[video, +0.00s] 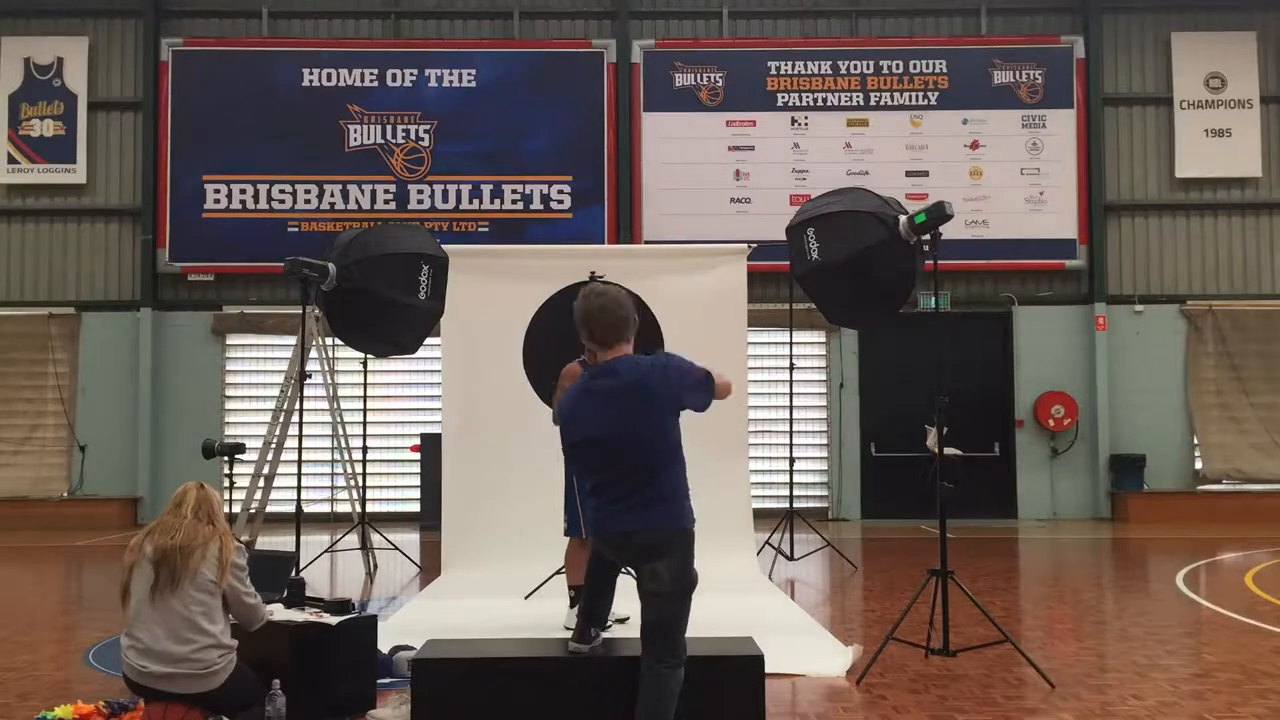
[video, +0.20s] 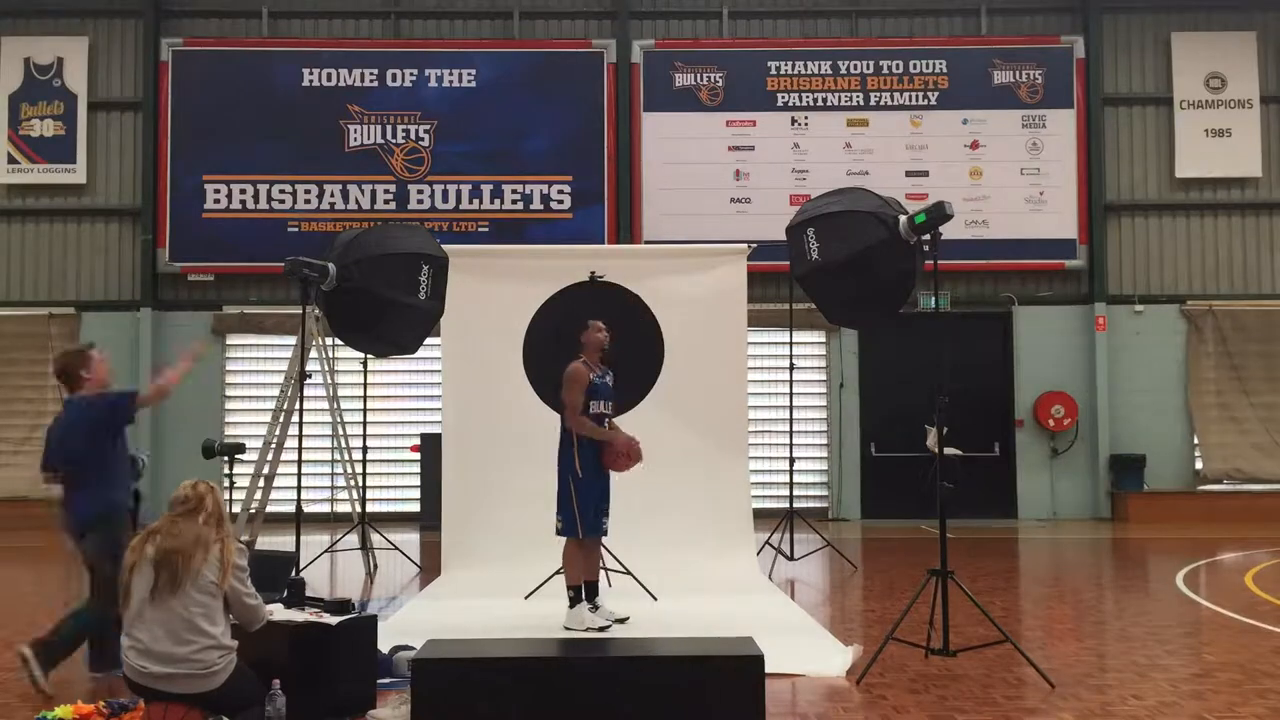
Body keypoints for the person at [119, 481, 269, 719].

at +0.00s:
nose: (223, 517)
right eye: (221, 511)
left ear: (173, 508)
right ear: (214, 512)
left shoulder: (142, 540)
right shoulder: (224, 546)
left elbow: (132, 604)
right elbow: (253, 618)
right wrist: (261, 613)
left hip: (140, 679)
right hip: (204, 681)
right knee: (255, 702)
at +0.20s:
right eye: (221, 511)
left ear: (174, 509)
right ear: (216, 513)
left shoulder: (141, 542)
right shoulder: (226, 548)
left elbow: (126, 605)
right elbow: (253, 618)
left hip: (139, 679)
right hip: (205, 681)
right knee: (254, 703)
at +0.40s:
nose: (230, 515)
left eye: (227, 506)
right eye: (223, 506)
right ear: (210, 511)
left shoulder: (155, 538)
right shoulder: (219, 545)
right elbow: (252, 614)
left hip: (156, 672)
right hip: (209, 676)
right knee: (255, 704)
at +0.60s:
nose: (222, 515)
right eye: (220, 509)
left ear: (171, 507)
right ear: (212, 510)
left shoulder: (146, 540)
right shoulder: (223, 546)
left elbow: (134, 602)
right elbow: (252, 615)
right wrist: (261, 613)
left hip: (141, 678)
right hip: (205, 680)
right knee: (255, 702)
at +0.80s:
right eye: (237, 523)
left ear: (190, 516)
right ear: (229, 522)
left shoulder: (154, 543)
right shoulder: (229, 548)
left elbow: (137, 606)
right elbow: (255, 617)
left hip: (142, 679)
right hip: (207, 683)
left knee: (125, 613)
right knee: (255, 704)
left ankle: (153, 707)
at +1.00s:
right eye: (219, 506)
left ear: (170, 504)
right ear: (213, 509)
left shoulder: (142, 540)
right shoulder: (225, 545)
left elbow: (131, 609)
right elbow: (252, 616)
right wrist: (264, 602)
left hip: (142, 679)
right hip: (207, 681)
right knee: (255, 702)